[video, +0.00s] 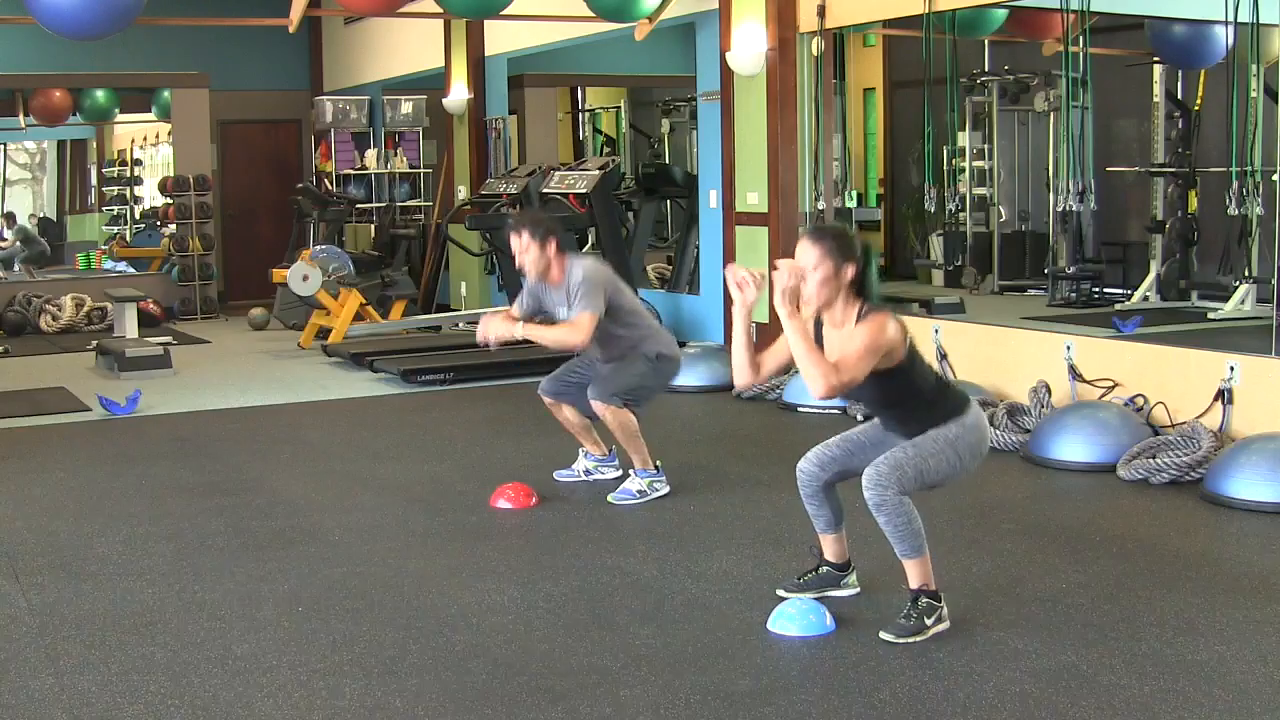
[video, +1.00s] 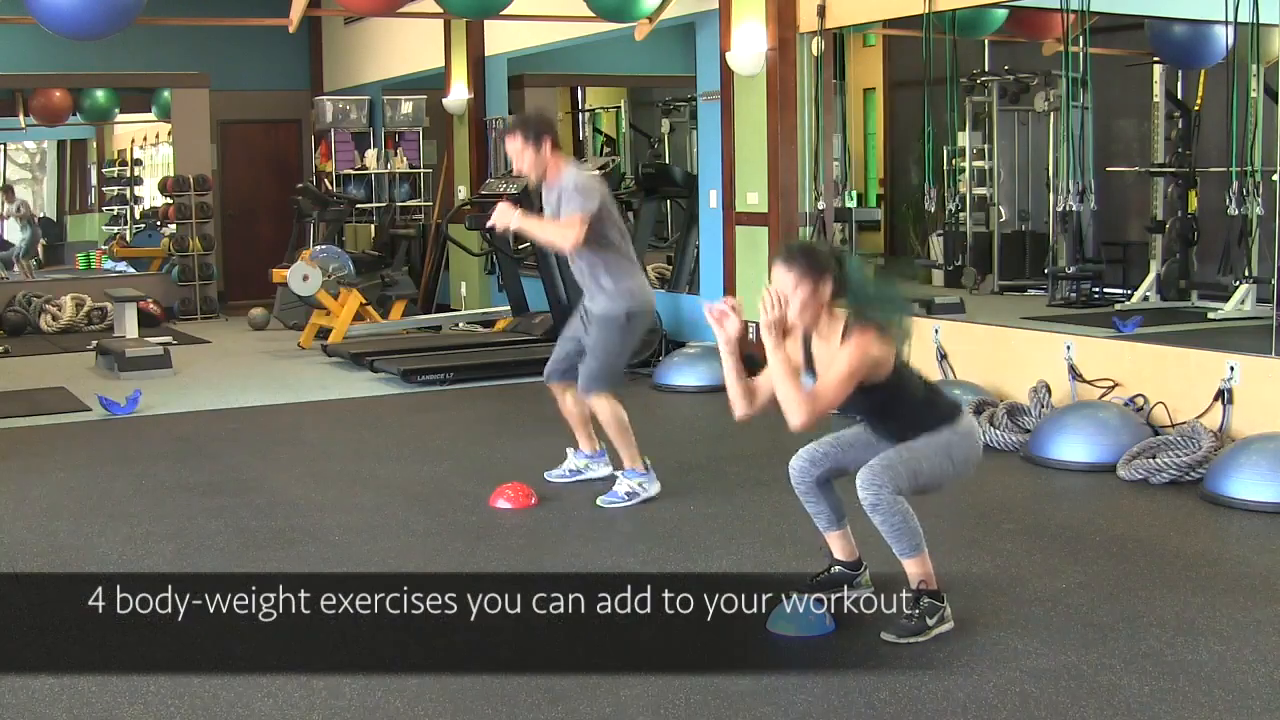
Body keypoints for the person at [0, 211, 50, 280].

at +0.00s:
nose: (4, 224)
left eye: (4, 222)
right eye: (3, 222)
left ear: (11, 221)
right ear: (11, 221)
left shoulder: (18, 229)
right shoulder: (16, 229)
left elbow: (11, 243)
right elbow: (11, 243)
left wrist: (2, 244)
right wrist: (3, 244)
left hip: (41, 250)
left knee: (21, 260)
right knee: (19, 260)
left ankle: (34, 280)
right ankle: (34, 279)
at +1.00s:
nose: (4, 197)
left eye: (5, 194)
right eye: (3, 195)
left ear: (11, 193)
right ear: (4, 195)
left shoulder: (22, 203)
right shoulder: (9, 205)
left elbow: (26, 214)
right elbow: (7, 216)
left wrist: (14, 215)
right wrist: (3, 216)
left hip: (32, 232)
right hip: (24, 233)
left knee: (24, 256)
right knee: (16, 256)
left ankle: (32, 277)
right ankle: (26, 278)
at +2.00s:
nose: (7, 192)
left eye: (7, 190)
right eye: (6, 190)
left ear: (10, 189)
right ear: (15, 187)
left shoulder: (21, 197)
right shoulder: (19, 198)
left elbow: (30, 206)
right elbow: (19, 212)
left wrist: (36, 219)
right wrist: (6, 214)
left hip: (26, 230)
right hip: (26, 230)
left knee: (10, 253)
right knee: (25, 257)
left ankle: (13, 276)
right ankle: (31, 277)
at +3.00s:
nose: (7, 198)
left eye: (9, 195)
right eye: (7, 195)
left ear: (14, 195)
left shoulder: (21, 206)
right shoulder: (18, 207)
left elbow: (27, 214)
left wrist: (22, 227)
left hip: (35, 235)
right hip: (32, 235)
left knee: (23, 258)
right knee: (25, 258)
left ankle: (35, 279)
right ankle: (35, 278)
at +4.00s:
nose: (5, 228)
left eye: (6, 225)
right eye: (5, 226)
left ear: (11, 224)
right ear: (14, 224)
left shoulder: (21, 230)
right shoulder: (17, 233)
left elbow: (9, 244)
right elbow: (8, 244)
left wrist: (2, 235)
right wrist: (2, 236)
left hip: (45, 252)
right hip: (38, 252)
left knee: (25, 259)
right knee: (20, 259)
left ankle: (35, 280)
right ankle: (31, 280)